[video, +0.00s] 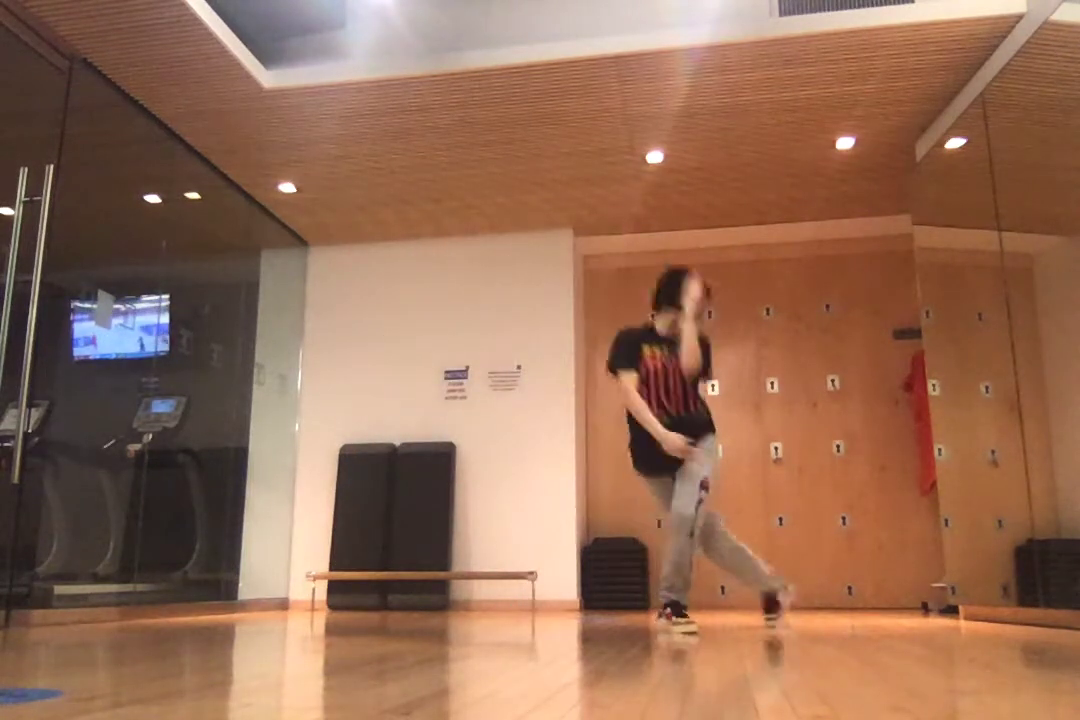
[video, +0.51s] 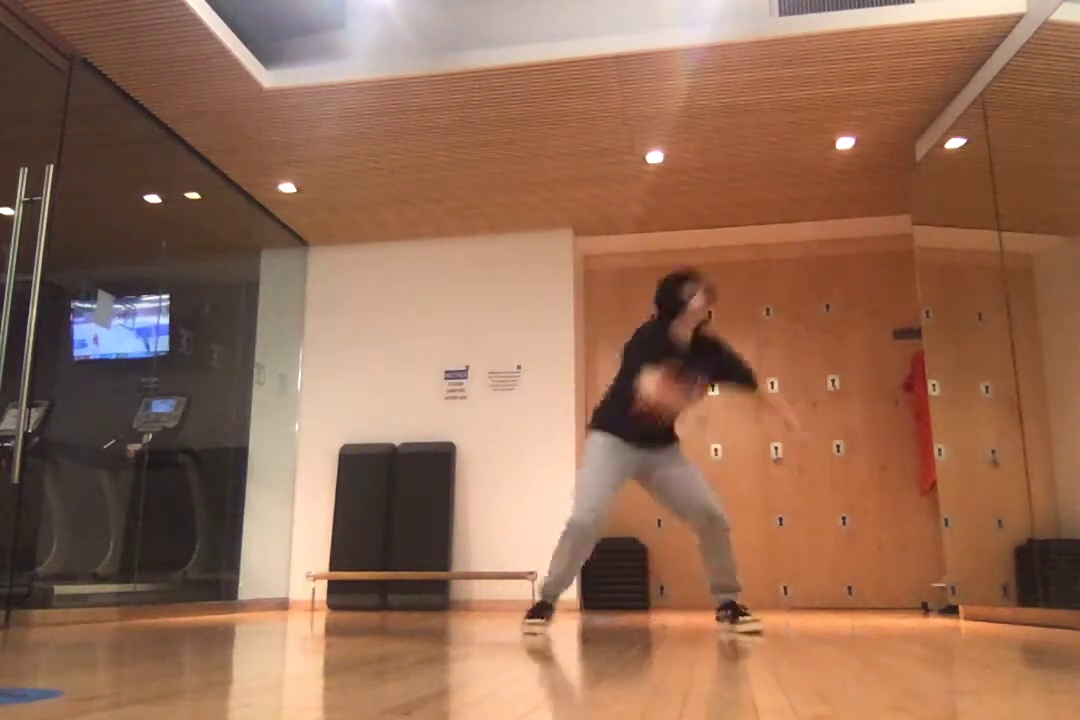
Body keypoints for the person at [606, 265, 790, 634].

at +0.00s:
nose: (694, 309)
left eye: (699, 303)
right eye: (688, 301)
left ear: (700, 307)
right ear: (669, 299)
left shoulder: (696, 342)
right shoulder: (631, 340)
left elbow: (691, 367)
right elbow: (630, 396)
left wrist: (689, 314)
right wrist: (664, 435)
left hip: (698, 439)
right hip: (652, 451)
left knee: (684, 516)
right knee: (704, 528)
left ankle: (672, 603)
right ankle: (771, 587)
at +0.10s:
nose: (648, 273)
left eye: (656, 263)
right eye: (642, 266)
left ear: (675, 268)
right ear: (635, 273)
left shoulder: (691, 307)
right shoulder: (626, 322)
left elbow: (661, 318)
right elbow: (622, 378)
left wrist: (620, 287)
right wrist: (635, 428)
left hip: (695, 424)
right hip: (652, 432)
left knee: (688, 504)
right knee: (656, 524)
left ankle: (705, 582)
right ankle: (705, 568)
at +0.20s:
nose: (634, 275)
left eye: (641, 266)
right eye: (627, 270)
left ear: (660, 267)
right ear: (621, 277)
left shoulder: (666, 299)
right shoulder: (632, 321)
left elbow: (622, 330)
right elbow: (634, 384)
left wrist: (578, 359)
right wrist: (634, 434)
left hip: (696, 431)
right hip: (652, 435)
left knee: (699, 515)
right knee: (607, 501)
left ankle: (745, 590)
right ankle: (602, 597)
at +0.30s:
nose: (626, 300)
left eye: (633, 291)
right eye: (618, 294)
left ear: (650, 294)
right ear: (610, 305)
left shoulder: (660, 336)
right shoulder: (628, 349)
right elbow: (628, 402)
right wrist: (634, 449)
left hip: (692, 450)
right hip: (647, 450)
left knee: (704, 520)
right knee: (592, 508)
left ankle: (737, 600)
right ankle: (561, 603)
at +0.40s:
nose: (637, 322)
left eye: (647, 315)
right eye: (630, 315)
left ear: (662, 325)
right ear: (619, 323)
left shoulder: (674, 368)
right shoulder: (615, 368)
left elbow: (687, 430)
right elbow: (616, 430)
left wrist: (698, 477)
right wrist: (647, 471)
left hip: (673, 460)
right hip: (626, 454)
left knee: (705, 522)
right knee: (575, 512)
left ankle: (727, 605)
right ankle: (561, 604)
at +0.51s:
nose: (705, 301)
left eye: (706, 295)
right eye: (696, 295)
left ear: (707, 303)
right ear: (676, 301)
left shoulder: (707, 348)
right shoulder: (648, 339)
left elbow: (750, 384)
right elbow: (649, 389)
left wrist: (784, 415)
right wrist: (691, 397)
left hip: (660, 447)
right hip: (613, 441)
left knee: (711, 518)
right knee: (585, 519)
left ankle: (728, 606)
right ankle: (545, 603)